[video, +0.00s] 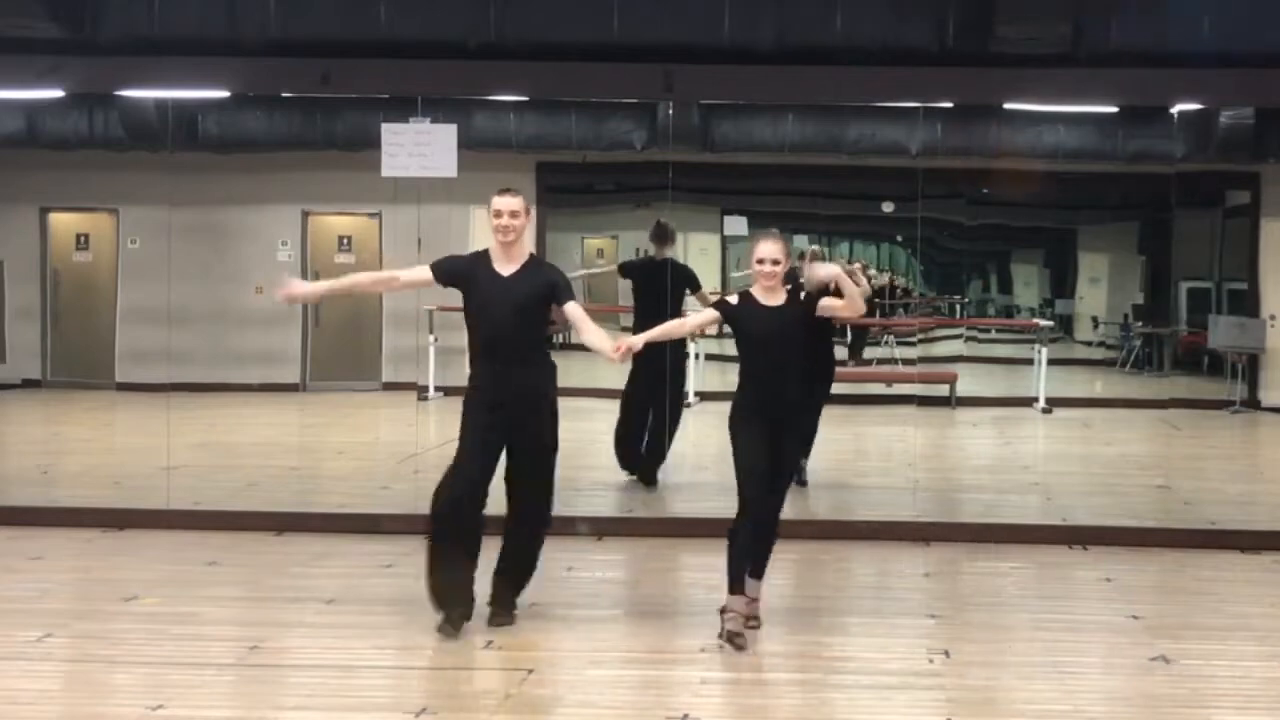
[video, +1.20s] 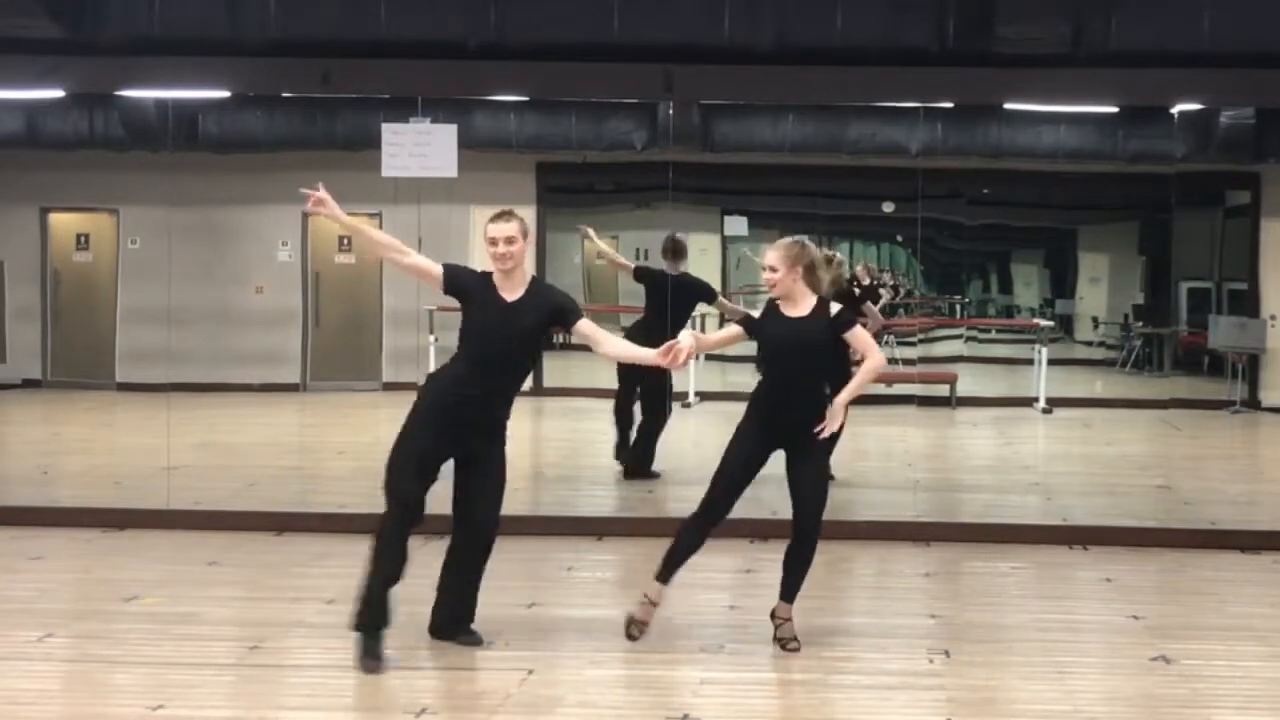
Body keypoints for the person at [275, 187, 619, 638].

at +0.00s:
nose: (505, 222)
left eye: (513, 215)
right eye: (498, 215)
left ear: (528, 220)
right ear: (488, 220)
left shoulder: (547, 276)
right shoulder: (467, 268)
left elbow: (583, 324)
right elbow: (390, 280)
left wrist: (611, 346)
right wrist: (318, 288)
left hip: (535, 406)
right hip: (484, 403)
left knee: (530, 506)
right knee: (459, 496)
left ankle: (505, 599)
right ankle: (454, 606)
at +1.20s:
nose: (502, 248)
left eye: (510, 240)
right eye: (494, 242)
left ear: (527, 244)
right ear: (486, 247)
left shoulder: (550, 301)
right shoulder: (470, 285)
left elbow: (605, 342)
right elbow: (397, 252)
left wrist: (657, 356)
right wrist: (339, 216)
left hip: (487, 426)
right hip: (439, 411)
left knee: (478, 528)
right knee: (403, 508)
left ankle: (449, 622)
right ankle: (370, 623)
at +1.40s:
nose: (495, 252)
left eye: (504, 244)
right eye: (487, 245)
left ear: (521, 248)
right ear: (479, 250)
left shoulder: (543, 304)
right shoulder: (465, 289)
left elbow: (602, 340)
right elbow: (407, 258)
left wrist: (657, 354)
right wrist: (384, 223)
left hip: (498, 437)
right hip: (446, 427)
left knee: (488, 532)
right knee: (406, 514)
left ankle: (450, 620)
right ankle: (352, 586)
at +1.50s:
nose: (497, 246)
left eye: (506, 239)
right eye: (490, 239)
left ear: (521, 245)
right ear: (480, 245)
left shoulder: (539, 303)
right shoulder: (462, 292)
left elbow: (594, 342)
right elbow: (386, 287)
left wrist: (638, 358)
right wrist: (387, 227)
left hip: (500, 426)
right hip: (456, 421)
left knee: (471, 519)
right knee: (438, 520)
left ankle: (461, 619)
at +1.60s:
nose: (497, 243)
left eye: (506, 235)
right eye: (490, 236)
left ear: (522, 242)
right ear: (481, 242)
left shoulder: (538, 302)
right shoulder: (462, 291)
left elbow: (588, 348)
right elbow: (426, 319)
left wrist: (620, 363)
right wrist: (395, 262)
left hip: (499, 421)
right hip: (476, 419)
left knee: (432, 516)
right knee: (502, 520)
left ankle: (490, 603)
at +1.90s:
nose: (494, 225)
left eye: (503, 218)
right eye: (487, 218)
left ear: (519, 228)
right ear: (477, 227)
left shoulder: (530, 292)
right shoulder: (452, 279)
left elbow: (571, 343)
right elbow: (385, 304)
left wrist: (607, 365)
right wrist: (357, 320)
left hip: (509, 415)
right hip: (463, 413)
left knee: (495, 520)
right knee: (451, 520)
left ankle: (498, 620)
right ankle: (499, 576)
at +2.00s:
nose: (489, 219)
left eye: (498, 213)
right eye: (482, 213)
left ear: (515, 223)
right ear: (472, 223)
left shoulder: (529, 287)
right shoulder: (446, 270)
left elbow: (562, 341)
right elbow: (365, 288)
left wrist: (596, 365)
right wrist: (298, 315)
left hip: (513, 415)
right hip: (461, 411)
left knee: (509, 518)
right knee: (447, 510)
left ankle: (483, 615)